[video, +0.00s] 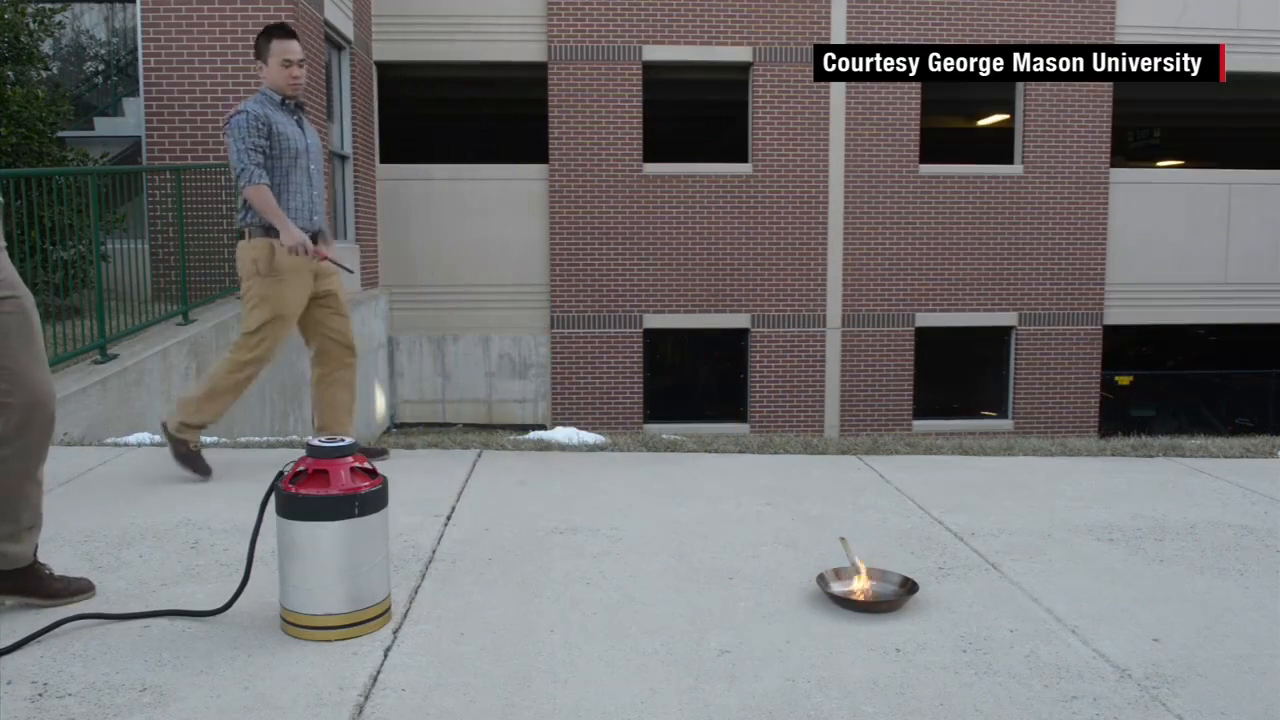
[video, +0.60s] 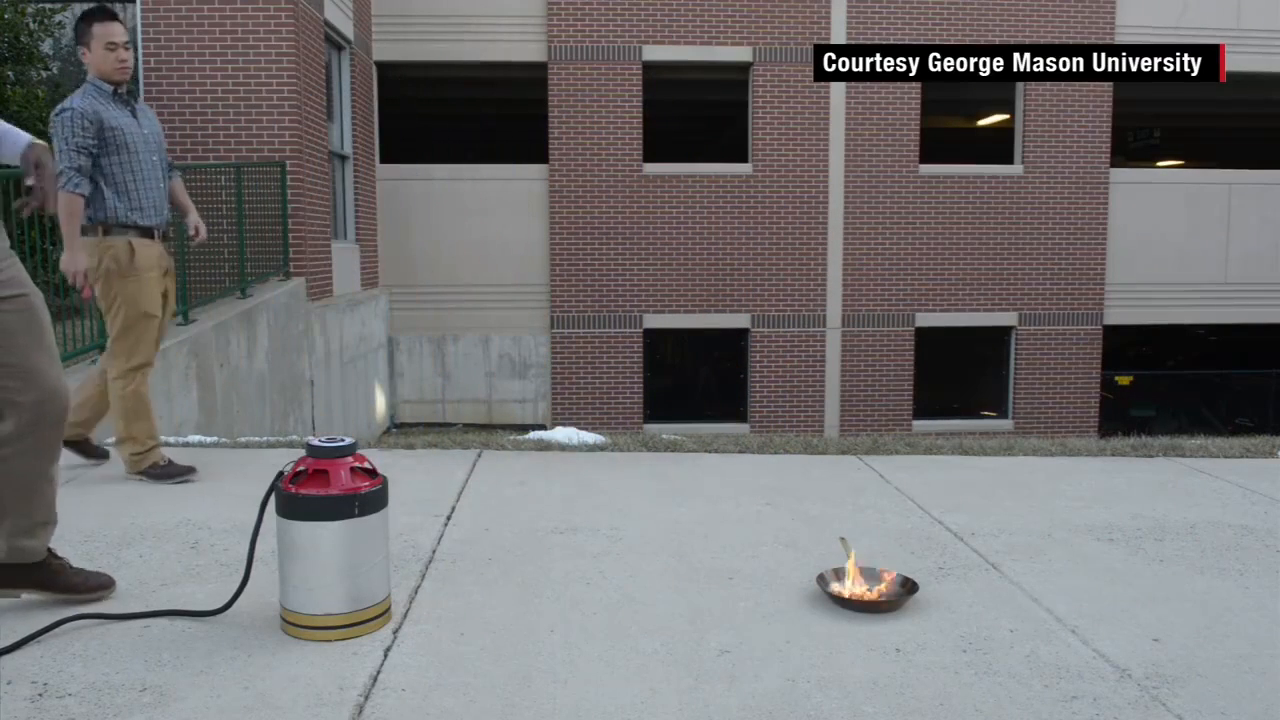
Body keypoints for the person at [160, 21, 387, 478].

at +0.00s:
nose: (297, 71)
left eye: (301, 63)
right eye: (287, 63)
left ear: (305, 67)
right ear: (262, 68)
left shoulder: (303, 124)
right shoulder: (249, 116)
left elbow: (309, 191)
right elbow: (251, 182)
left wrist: (323, 238)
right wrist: (284, 225)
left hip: (309, 251)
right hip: (270, 250)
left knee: (337, 348)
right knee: (257, 348)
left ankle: (336, 444)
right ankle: (183, 427)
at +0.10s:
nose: (273, 75)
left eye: (276, 66)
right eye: (262, 67)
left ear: (279, 70)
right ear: (236, 72)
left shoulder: (280, 128)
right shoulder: (224, 122)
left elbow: (291, 197)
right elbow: (231, 189)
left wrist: (309, 248)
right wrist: (270, 226)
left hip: (294, 259)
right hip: (247, 258)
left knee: (324, 354)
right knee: (221, 358)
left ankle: (338, 446)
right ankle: (159, 443)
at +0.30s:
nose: (209, 67)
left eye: (213, 58)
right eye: (198, 59)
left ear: (217, 63)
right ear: (171, 63)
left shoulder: (219, 123)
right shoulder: (155, 116)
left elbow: (235, 188)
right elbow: (162, 185)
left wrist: (256, 241)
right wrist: (200, 230)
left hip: (224, 253)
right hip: (177, 252)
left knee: (257, 349)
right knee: (165, 359)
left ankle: (295, 440)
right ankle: (146, 456)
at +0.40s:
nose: (171, 56)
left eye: (175, 48)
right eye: (159, 48)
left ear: (179, 52)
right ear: (133, 54)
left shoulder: (183, 113)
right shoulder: (121, 108)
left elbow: (201, 179)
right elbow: (125, 179)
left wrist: (224, 228)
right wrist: (140, 240)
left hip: (197, 248)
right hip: (152, 249)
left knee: (221, 347)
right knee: (146, 358)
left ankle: (200, 437)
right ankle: (144, 455)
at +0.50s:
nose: (148, 55)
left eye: (152, 46)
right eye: (136, 47)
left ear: (156, 51)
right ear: (109, 54)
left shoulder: (162, 112)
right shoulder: (99, 109)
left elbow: (180, 173)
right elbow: (97, 183)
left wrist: (205, 216)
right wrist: (104, 246)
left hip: (178, 248)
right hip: (138, 248)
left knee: (184, 345)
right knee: (138, 356)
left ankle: (134, 431)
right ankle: (141, 454)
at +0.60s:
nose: (124, 54)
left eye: (127, 46)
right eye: (111, 47)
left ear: (132, 51)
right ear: (85, 55)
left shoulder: (143, 110)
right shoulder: (77, 110)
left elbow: (165, 170)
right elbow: (70, 183)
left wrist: (191, 211)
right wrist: (73, 247)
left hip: (157, 244)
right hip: (119, 245)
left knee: (140, 351)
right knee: (130, 356)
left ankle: (75, 425)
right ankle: (143, 455)